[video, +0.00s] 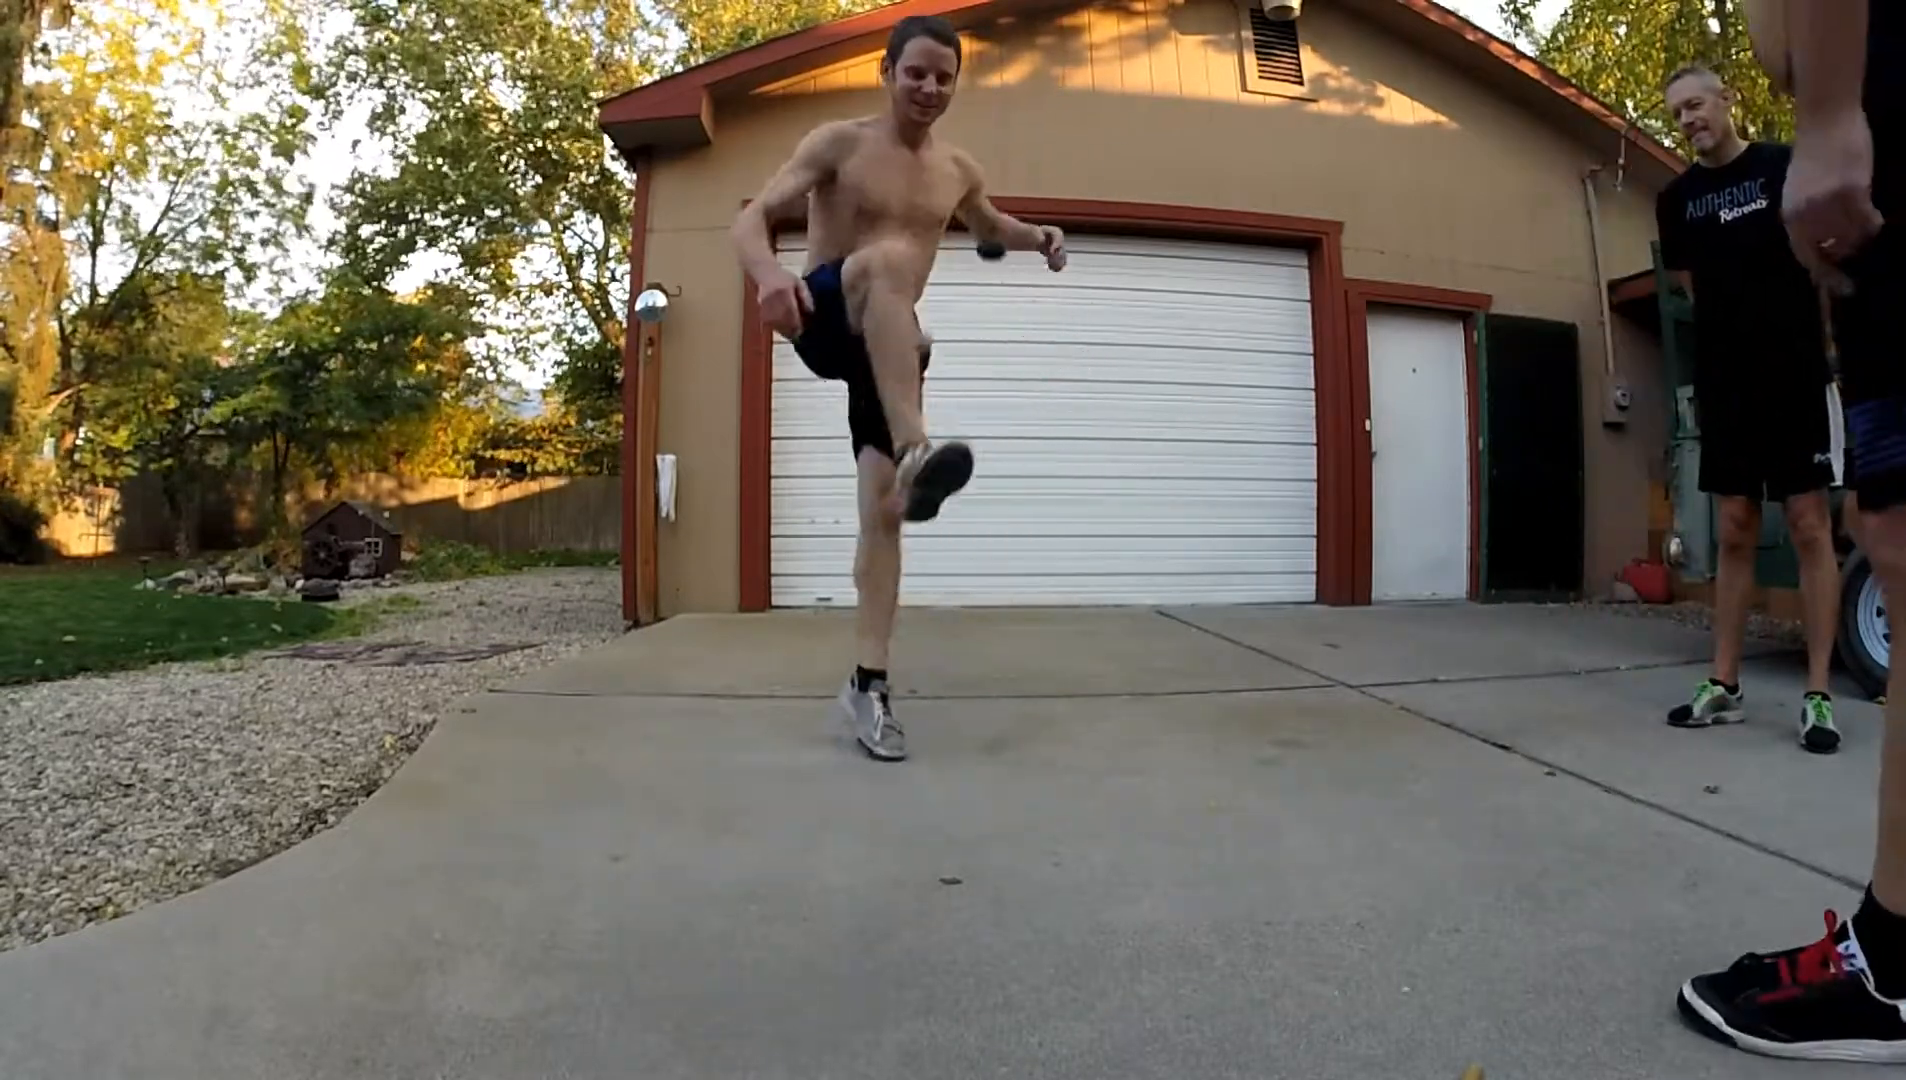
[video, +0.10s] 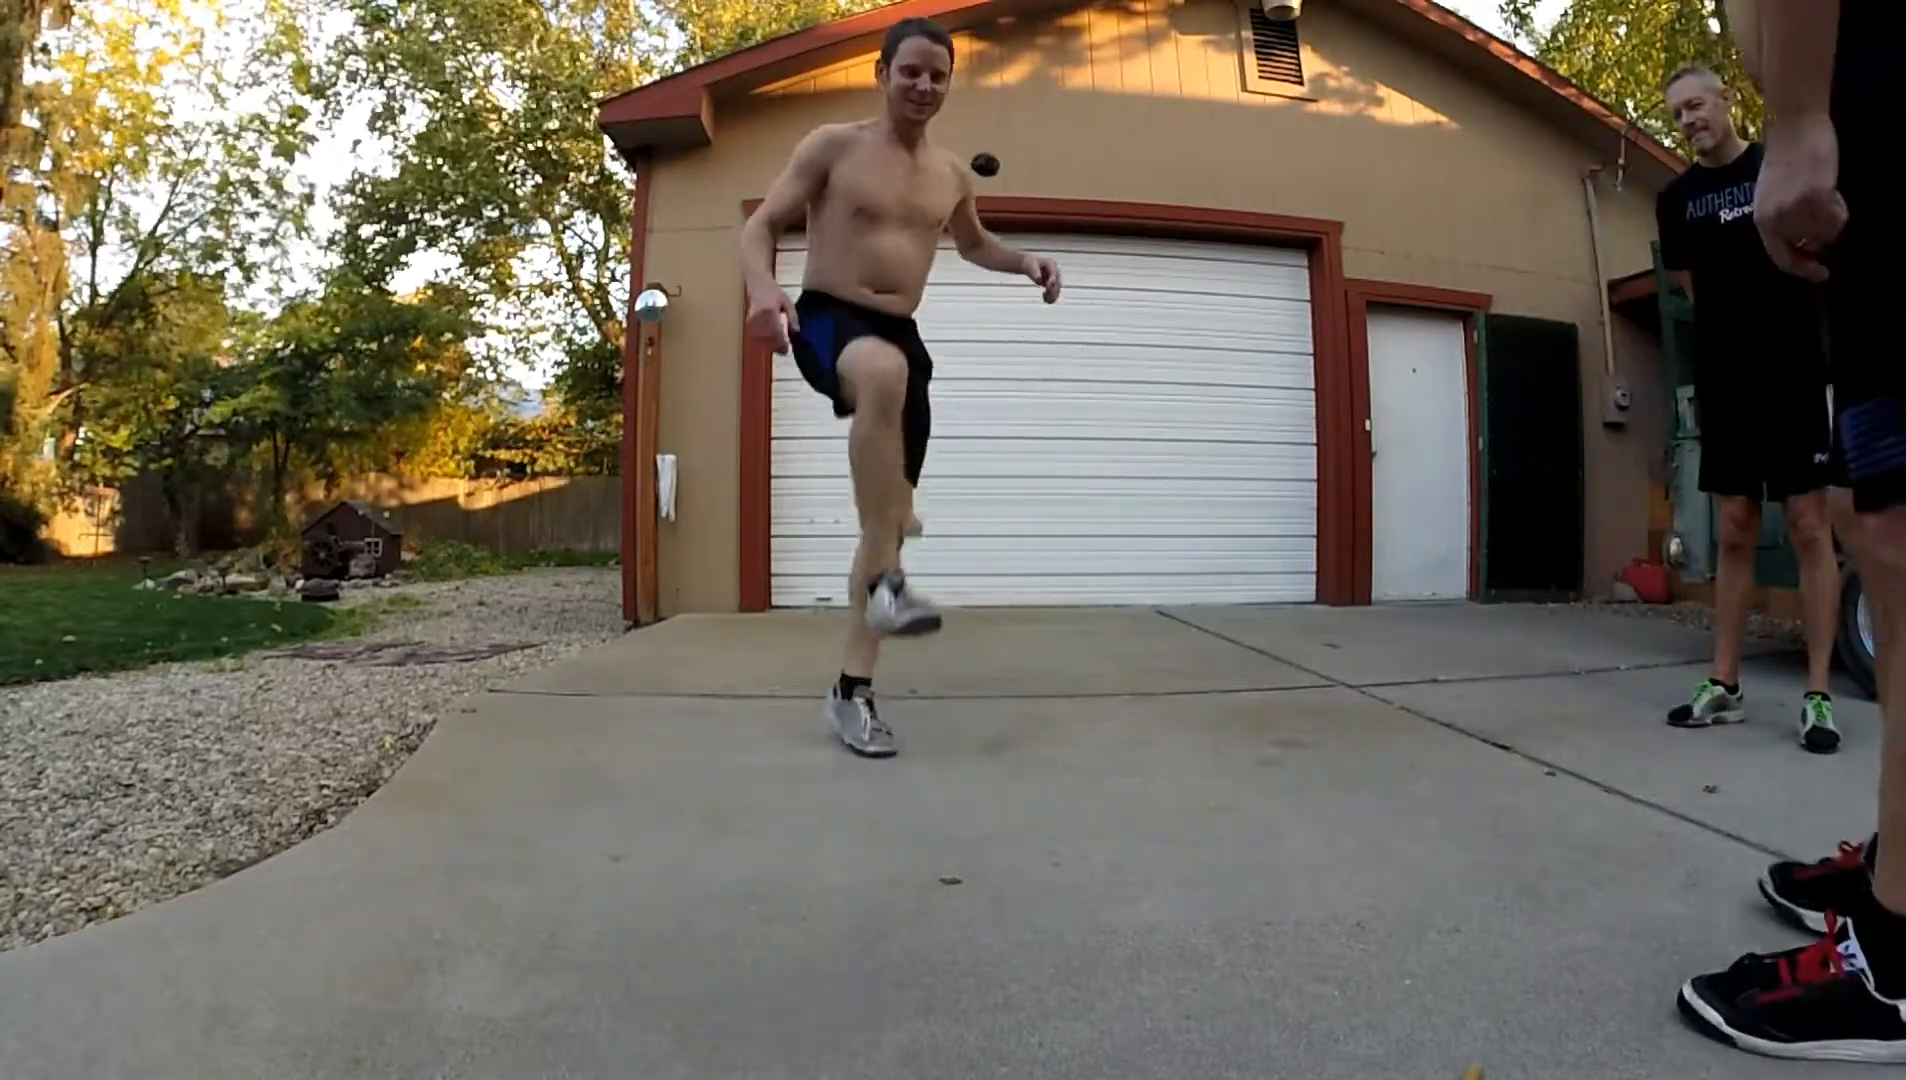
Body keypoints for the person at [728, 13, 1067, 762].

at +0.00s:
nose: (930, 88)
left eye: (943, 78)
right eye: (917, 72)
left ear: (956, 87)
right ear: (888, 73)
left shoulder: (959, 171)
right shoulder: (837, 143)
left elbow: (991, 231)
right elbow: (750, 220)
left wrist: (1040, 238)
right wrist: (768, 276)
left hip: (896, 338)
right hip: (823, 323)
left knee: (886, 509)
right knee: (884, 265)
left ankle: (868, 688)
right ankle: (908, 462)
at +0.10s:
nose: (923, 85)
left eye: (936, 76)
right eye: (910, 71)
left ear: (949, 87)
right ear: (883, 75)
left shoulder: (952, 172)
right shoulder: (832, 145)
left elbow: (975, 245)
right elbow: (757, 229)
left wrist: (1027, 262)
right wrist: (762, 290)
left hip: (902, 336)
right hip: (829, 315)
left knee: (889, 519)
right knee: (886, 372)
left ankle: (854, 690)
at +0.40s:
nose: (925, 124)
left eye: (938, 115)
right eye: (914, 109)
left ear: (949, 124)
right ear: (883, 106)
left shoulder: (947, 207)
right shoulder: (829, 174)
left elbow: (992, 267)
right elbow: (750, 252)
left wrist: (1029, 271)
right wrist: (765, 329)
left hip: (891, 367)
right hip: (820, 344)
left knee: (890, 533)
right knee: (907, 343)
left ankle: (847, 703)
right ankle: (980, 532)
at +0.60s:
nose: (928, 94)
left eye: (942, 86)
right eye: (917, 79)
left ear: (952, 96)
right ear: (888, 79)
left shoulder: (947, 181)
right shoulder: (833, 150)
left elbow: (965, 254)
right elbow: (754, 225)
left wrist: (1011, 278)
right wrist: (767, 292)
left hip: (892, 338)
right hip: (820, 318)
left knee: (893, 519)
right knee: (902, 356)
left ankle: (861, 692)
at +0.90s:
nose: (926, 128)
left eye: (939, 117)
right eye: (914, 112)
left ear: (951, 123)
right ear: (884, 108)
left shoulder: (946, 213)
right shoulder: (830, 174)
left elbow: (978, 284)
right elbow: (739, 239)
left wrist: (1029, 281)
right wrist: (741, 299)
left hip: (890, 371)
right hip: (815, 346)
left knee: (906, 533)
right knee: (899, 348)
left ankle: (854, 703)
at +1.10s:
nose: (927, 96)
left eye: (941, 86)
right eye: (916, 80)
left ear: (954, 93)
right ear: (887, 74)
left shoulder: (944, 176)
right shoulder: (836, 133)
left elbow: (974, 237)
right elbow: (733, 178)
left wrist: (1026, 245)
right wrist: (766, 203)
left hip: (879, 335)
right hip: (805, 312)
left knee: (873, 509)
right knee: (876, 312)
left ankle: (841, 676)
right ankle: (883, 522)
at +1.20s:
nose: (916, 99)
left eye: (930, 90)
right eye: (904, 83)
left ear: (942, 99)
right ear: (876, 82)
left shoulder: (938, 186)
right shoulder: (828, 145)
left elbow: (966, 258)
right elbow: (727, 200)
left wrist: (1022, 255)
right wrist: (753, 231)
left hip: (880, 351)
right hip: (809, 333)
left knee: (878, 532)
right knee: (863, 437)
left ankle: (827, 695)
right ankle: (860, 657)